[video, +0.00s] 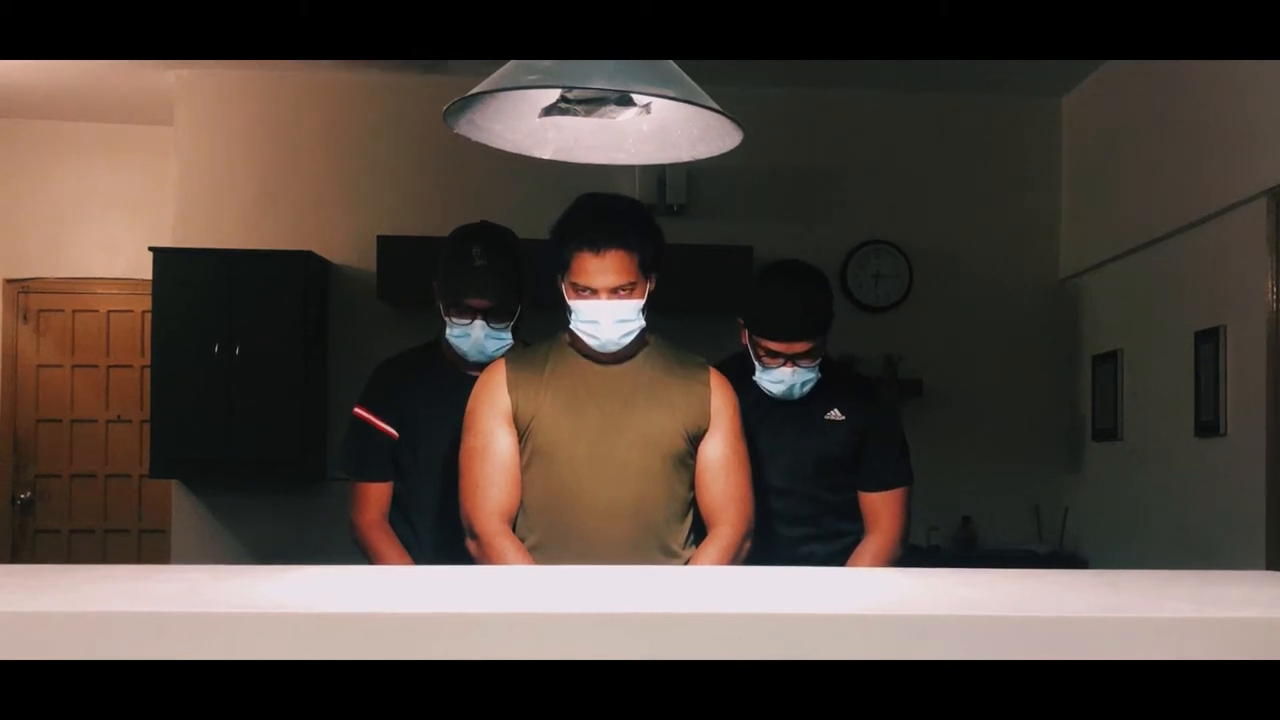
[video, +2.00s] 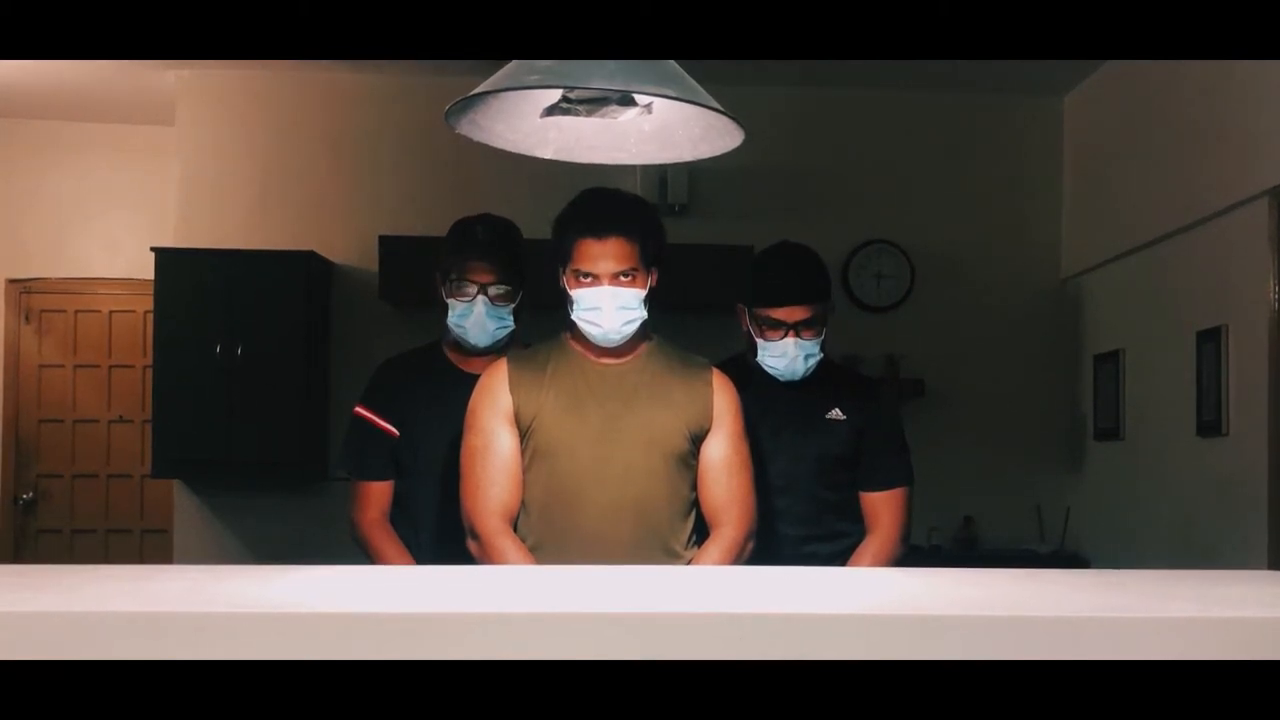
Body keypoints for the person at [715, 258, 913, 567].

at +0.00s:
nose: (788, 372)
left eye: (805, 357)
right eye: (771, 356)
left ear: (824, 340)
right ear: (745, 336)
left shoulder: (865, 404)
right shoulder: (716, 393)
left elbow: (884, 534)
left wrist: (835, 604)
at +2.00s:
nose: (791, 342)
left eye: (807, 326)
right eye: (772, 326)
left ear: (826, 319)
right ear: (746, 320)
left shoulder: (863, 399)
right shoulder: (716, 393)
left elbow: (886, 535)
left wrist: (832, 606)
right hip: (740, 591)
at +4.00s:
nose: (792, 319)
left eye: (808, 305)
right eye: (774, 304)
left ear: (826, 309)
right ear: (747, 309)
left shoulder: (862, 401)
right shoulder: (710, 393)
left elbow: (885, 536)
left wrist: (831, 611)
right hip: (736, 596)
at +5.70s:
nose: (770, 301)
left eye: (787, 287)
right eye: (753, 286)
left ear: (806, 298)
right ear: (730, 294)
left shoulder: (842, 388)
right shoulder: (697, 381)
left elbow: (864, 522)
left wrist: (812, 604)